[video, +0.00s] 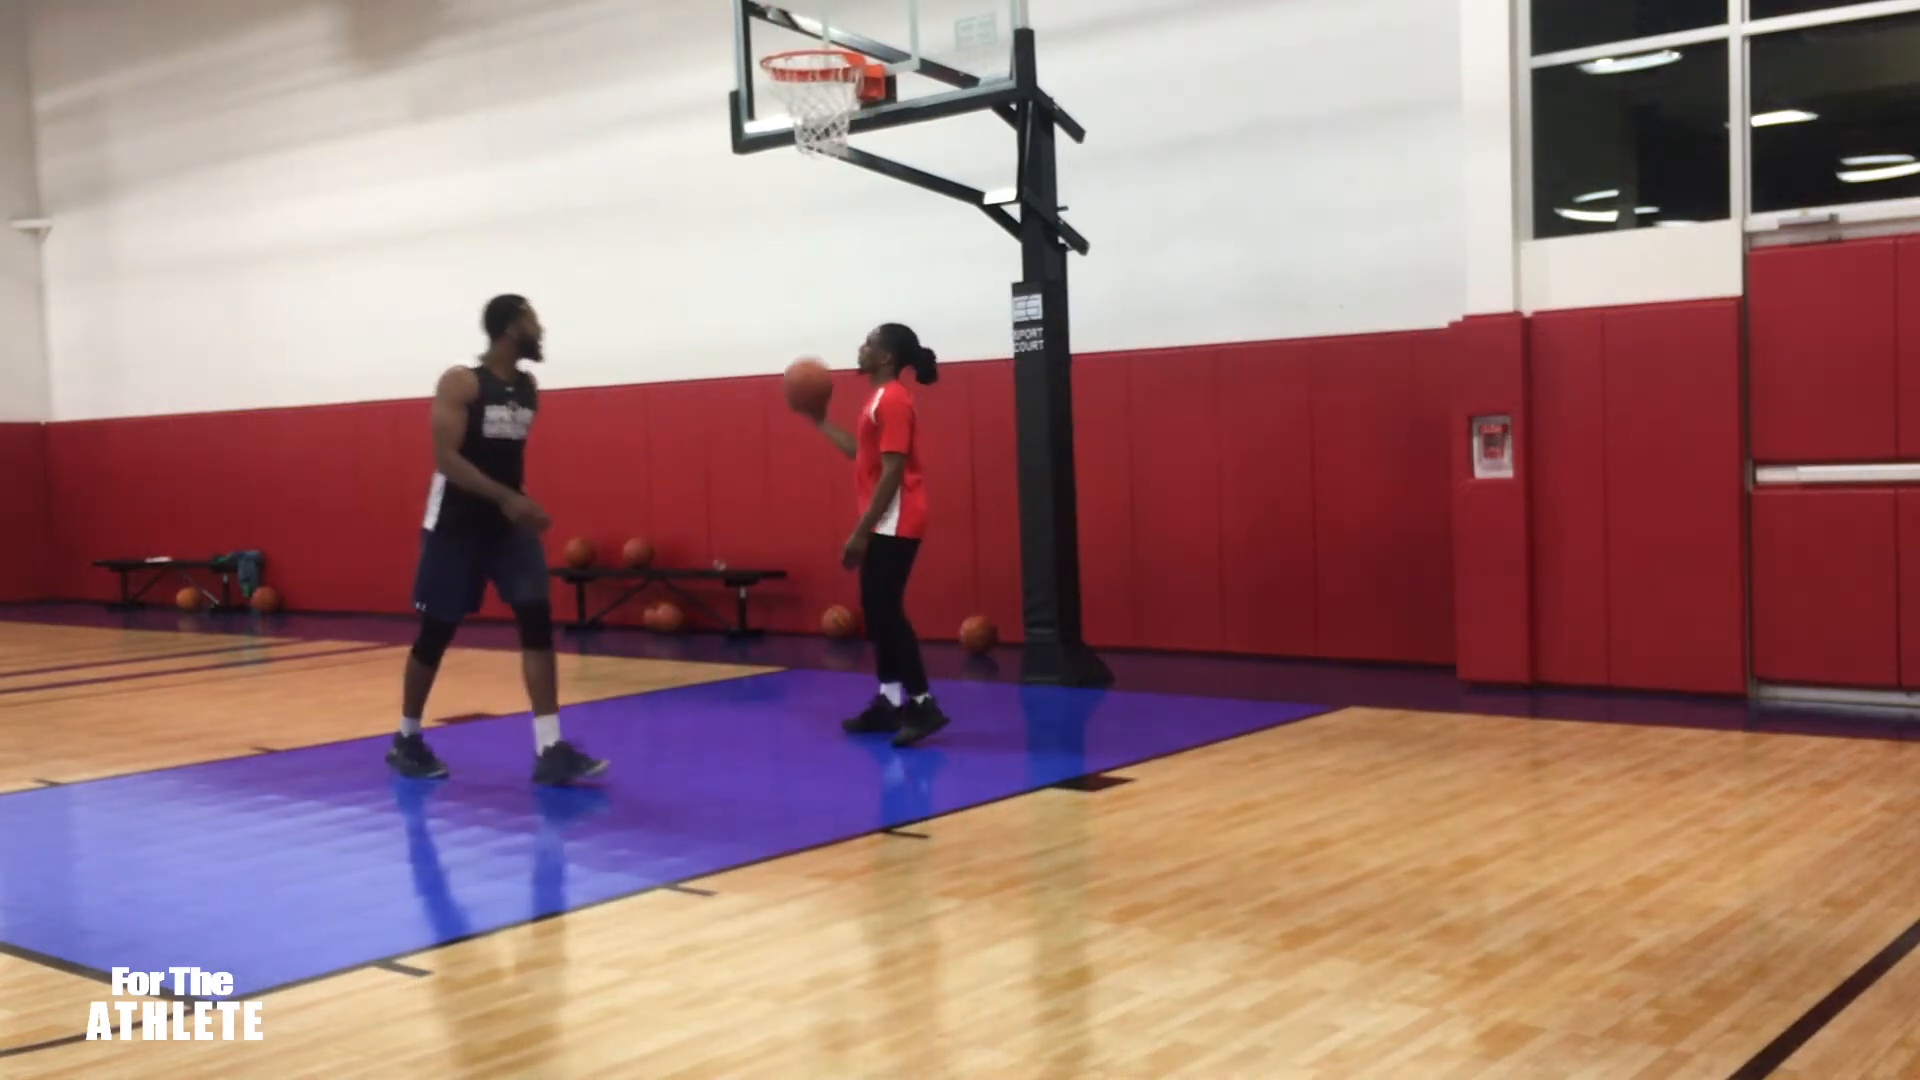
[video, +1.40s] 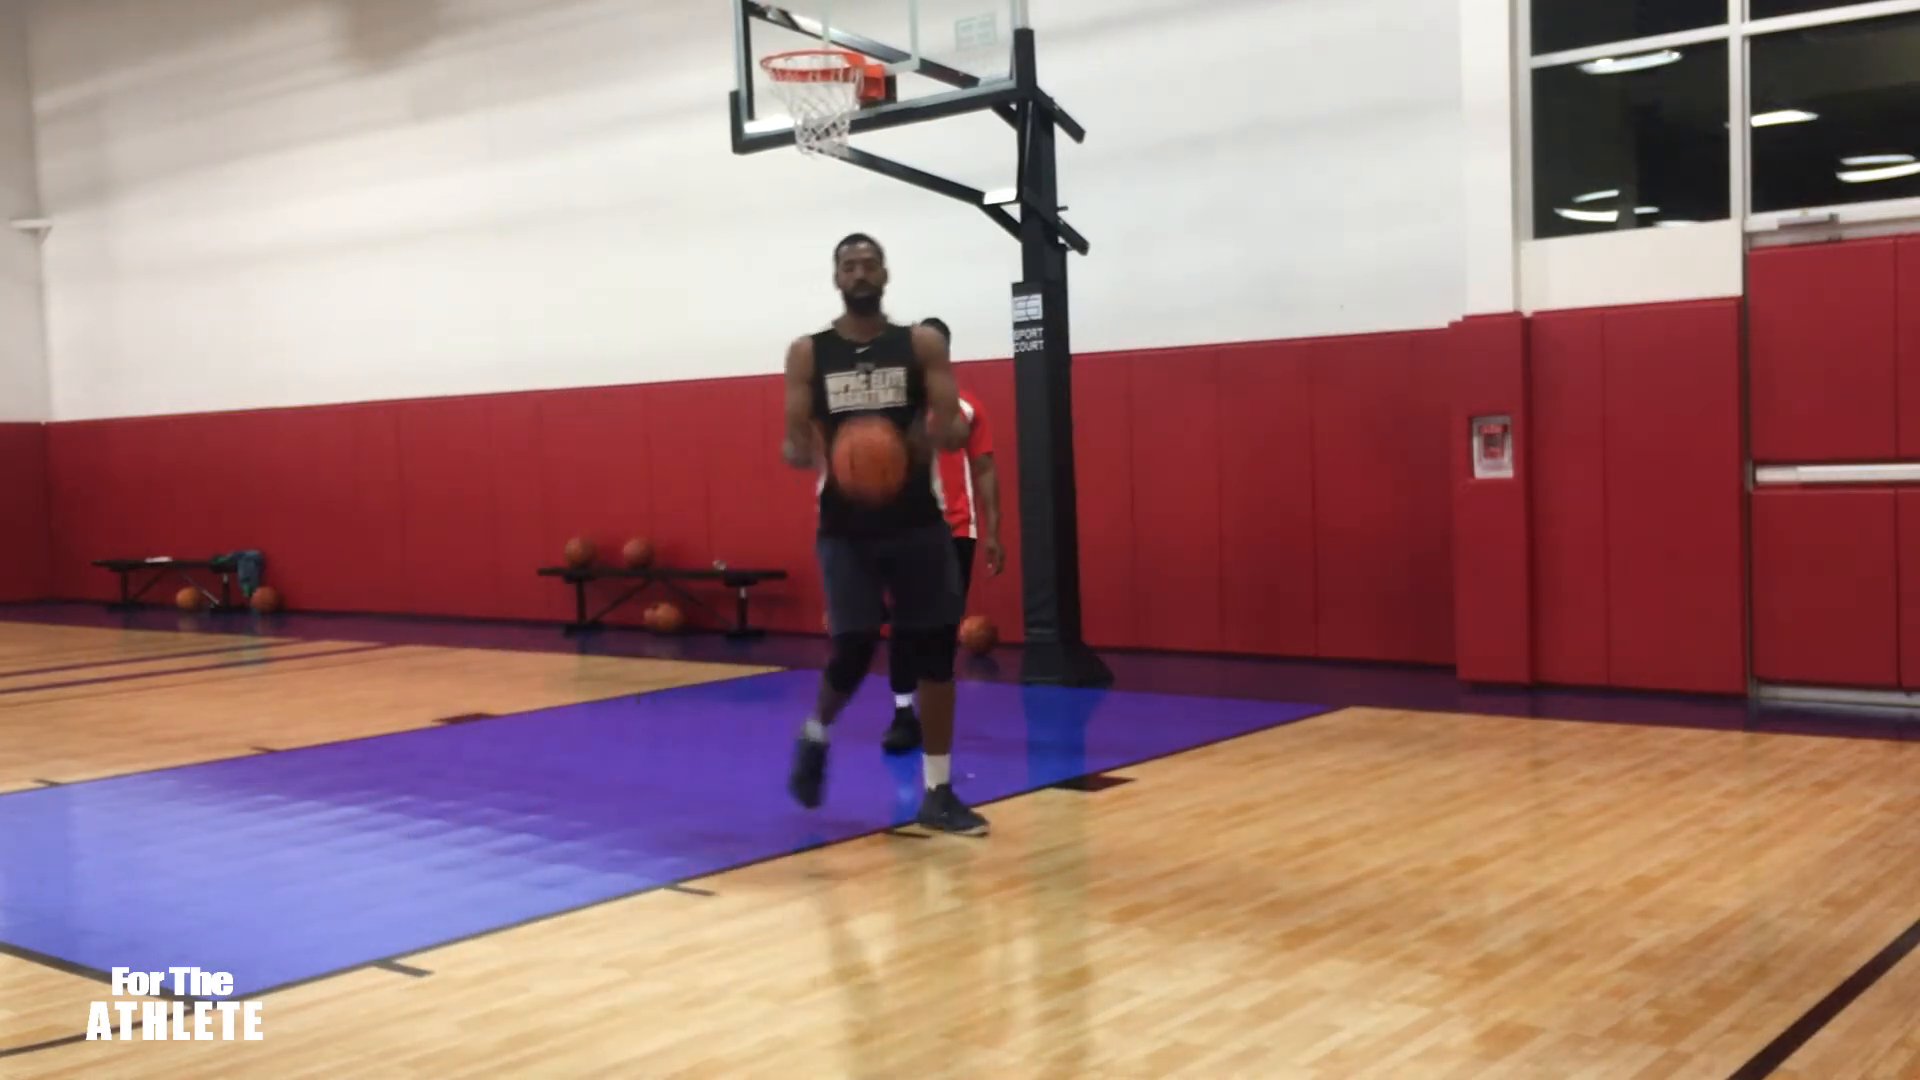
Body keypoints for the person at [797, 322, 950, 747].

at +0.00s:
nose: (860, 349)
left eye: (868, 344)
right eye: (864, 342)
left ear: (887, 357)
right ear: (884, 358)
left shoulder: (894, 399)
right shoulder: (877, 399)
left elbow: (893, 470)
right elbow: (858, 451)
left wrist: (862, 531)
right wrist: (819, 420)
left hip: (897, 522)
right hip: (882, 521)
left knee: (886, 609)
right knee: (878, 609)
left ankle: (922, 703)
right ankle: (890, 700)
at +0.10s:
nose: (853, 351)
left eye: (861, 346)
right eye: (856, 344)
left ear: (883, 357)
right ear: (878, 357)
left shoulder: (891, 398)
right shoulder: (874, 399)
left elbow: (893, 469)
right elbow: (865, 468)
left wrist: (868, 531)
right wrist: (812, 458)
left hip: (896, 525)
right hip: (880, 524)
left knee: (885, 610)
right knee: (875, 611)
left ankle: (913, 705)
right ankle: (888, 698)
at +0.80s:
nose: (872, 354)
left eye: (882, 348)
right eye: (873, 347)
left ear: (907, 355)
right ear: (882, 354)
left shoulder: (925, 400)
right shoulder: (874, 407)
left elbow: (939, 468)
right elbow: (872, 468)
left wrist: (928, 533)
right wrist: (826, 488)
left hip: (915, 533)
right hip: (879, 534)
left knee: (920, 621)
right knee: (884, 619)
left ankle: (927, 708)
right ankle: (889, 703)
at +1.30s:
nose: (924, 356)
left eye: (932, 350)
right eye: (918, 348)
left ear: (946, 355)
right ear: (906, 352)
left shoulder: (963, 407)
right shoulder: (889, 403)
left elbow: (982, 470)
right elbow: (872, 462)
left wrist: (985, 535)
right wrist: (869, 523)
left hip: (949, 533)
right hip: (898, 532)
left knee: (941, 628)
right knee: (896, 623)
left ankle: (933, 716)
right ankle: (894, 711)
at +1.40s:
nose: (932, 355)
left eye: (939, 346)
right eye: (924, 347)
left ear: (948, 352)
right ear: (911, 353)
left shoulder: (965, 407)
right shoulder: (900, 405)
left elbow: (984, 468)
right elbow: (886, 468)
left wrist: (991, 532)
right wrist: (887, 527)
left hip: (957, 530)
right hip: (911, 530)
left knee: (945, 623)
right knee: (906, 620)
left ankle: (932, 708)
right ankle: (904, 709)